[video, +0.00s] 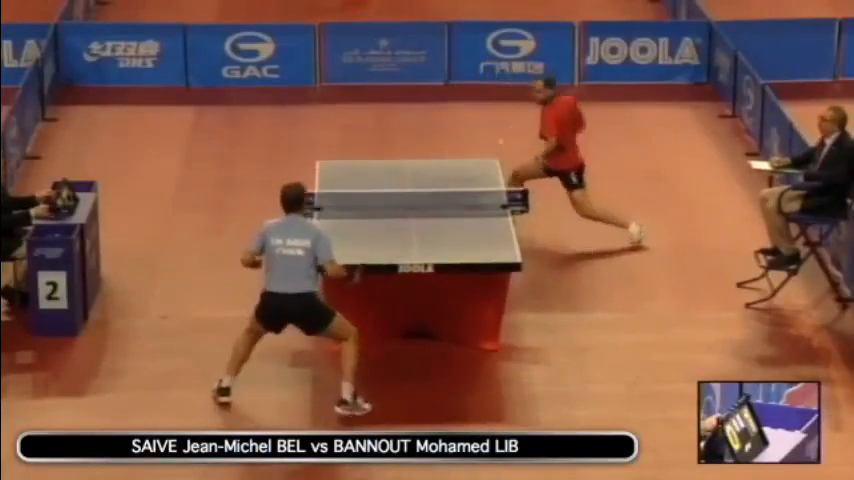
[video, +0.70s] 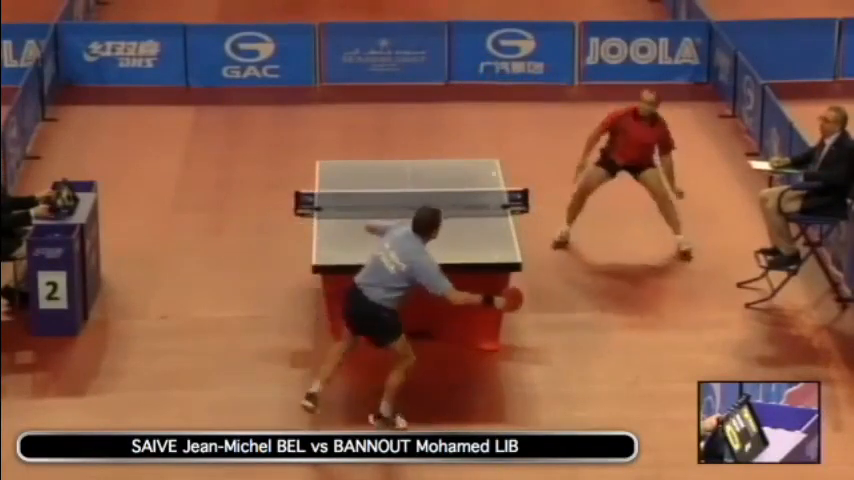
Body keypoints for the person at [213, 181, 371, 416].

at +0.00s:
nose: (304, 203)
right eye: (304, 199)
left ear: (282, 204)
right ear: (304, 202)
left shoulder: (270, 229)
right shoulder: (314, 231)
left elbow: (246, 259)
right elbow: (331, 269)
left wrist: (263, 262)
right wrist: (344, 272)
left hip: (272, 301)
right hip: (305, 303)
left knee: (251, 334)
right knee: (350, 335)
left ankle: (225, 384)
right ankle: (348, 397)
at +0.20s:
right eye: (331, 199)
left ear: (306, 200)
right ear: (329, 202)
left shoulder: (290, 224)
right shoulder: (330, 231)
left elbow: (271, 260)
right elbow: (338, 275)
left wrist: (278, 285)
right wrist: (361, 290)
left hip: (285, 295)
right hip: (314, 298)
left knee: (265, 337)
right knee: (361, 341)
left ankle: (238, 391)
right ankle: (375, 404)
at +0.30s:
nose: (349, 223)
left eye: (349, 218)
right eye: (348, 218)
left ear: (324, 215)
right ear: (344, 220)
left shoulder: (302, 238)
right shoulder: (337, 246)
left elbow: (282, 271)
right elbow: (345, 290)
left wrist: (280, 300)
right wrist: (376, 310)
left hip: (290, 308)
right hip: (319, 313)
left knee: (269, 348)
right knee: (369, 350)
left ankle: (237, 399)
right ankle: (377, 413)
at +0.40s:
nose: (391, 241)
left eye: (390, 237)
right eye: (390, 237)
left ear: (367, 234)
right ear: (383, 240)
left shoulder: (346, 249)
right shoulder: (368, 264)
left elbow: (318, 269)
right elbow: (385, 303)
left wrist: (295, 288)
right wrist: (422, 307)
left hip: (307, 316)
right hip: (331, 327)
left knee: (283, 353)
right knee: (384, 355)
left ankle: (240, 394)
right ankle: (377, 416)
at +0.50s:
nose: (413, 249)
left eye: (412, 244)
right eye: (411, 245)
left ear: (391, 243)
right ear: (401, 248)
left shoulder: (372, 252)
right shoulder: (387, 271)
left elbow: (346, 260)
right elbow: (417, 304)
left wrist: (324, 269)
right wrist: (457, 302)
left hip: (323, 312)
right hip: (345, 325)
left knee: (296, 352)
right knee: (394, 359)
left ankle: (251, 390)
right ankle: (378, 416)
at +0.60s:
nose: (430, 240)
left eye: (428, 236)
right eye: (429, 237)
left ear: (406, 234)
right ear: (423, 241)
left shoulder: (390, 241)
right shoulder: (412, 268)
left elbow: (360, 240)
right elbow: (449, 299)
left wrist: (379, 254)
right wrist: (484, 297)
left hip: (343, 304)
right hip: (363, 317)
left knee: (328, 348)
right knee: (400, 359)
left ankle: (286, 389)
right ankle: (379, 417)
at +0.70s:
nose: (439, 230)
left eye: (437, 225)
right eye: (438, 227)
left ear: (415, 222)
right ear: (433, 231)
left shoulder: (399, 230)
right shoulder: (420, 258)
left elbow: (370, 227)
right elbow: (454, 297)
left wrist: (393, 234)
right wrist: (490, 300)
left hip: (355, 297)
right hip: (378, 310)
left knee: (347, 342)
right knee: (406, 359)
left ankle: (314, 389)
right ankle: (385, 414)